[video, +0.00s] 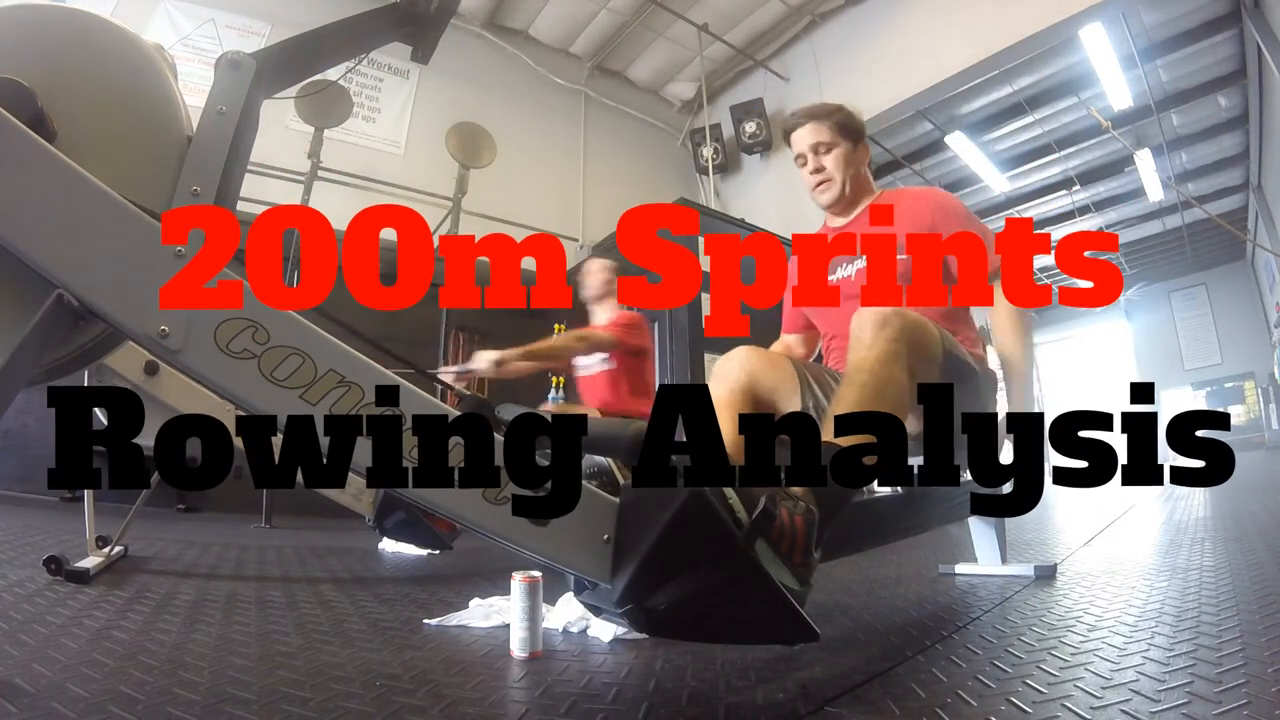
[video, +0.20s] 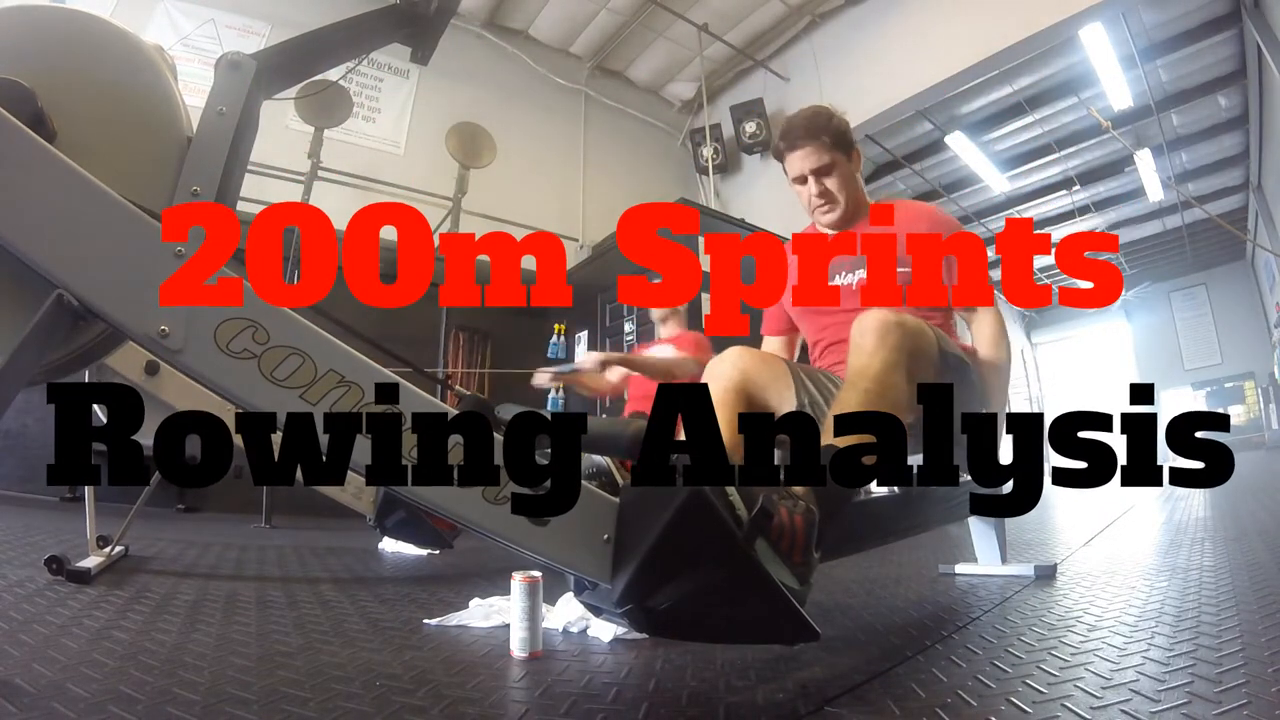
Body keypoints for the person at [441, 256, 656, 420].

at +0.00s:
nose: (582, 279)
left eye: (591, 272)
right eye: (582, 274)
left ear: (612, 280)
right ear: (581, 283)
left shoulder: (631, 323)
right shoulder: (579, 340)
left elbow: (581, 342)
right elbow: (534, 363)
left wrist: (505, 356)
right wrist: (473, 372)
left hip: (631, 427)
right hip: (595, 424)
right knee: (543, 414)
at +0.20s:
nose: (650, 303)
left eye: (658, 297)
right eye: (650, 297)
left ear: (678, 302)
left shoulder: (693, 340)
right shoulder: (642, 350)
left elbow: (685, 371)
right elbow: (606, 383)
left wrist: (614, 359)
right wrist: (564, 379)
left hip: (664, 427)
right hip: (628, 425)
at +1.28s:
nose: (534, 294)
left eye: (540, 286)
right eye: (531, 288)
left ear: (568, 284)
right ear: (528, 291)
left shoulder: (598, 324)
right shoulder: (547, 339)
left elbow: (551, 363)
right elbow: (505, 371)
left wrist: (485, 396)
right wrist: (460, 393)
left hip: (616, 426)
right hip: (573, 420)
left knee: (533, 395)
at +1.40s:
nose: (503, 294)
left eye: (511, 282)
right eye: (501, 285)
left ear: (532, 281)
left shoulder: (569, 321)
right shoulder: (517, 337)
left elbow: (514, 361)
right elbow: (488, 365)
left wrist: (452, 385)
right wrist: (446, 385)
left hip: (596, 419)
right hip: (547, 414)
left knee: (513, 386)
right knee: (485, 392)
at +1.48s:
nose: (485, 295)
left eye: (490, 286)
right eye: (482, 288)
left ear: (517, 280)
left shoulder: (554, 319)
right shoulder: (504, 336)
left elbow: (497, 361)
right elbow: (472, 367)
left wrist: (426, 388)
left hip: (584, 413)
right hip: (539, 412)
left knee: (510, 383)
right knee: (472, 384)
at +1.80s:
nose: (427, 293)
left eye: (435, 282)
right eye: (428, 284)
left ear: (462, 282)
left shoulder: (497, 312)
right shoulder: (451, 327)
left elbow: (430, 353)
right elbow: (416, 357)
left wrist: (371, 377)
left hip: (539, 410)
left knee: (470, 366)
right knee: (420, 370)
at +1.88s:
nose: (423, 284)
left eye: (430, 274)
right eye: (425, 274)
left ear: (450, 277)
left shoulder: (485, 311)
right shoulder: (450, 321)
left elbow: (414, 348)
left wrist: (356, 371)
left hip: (529, 408)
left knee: (460, 364)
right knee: (422, 375)